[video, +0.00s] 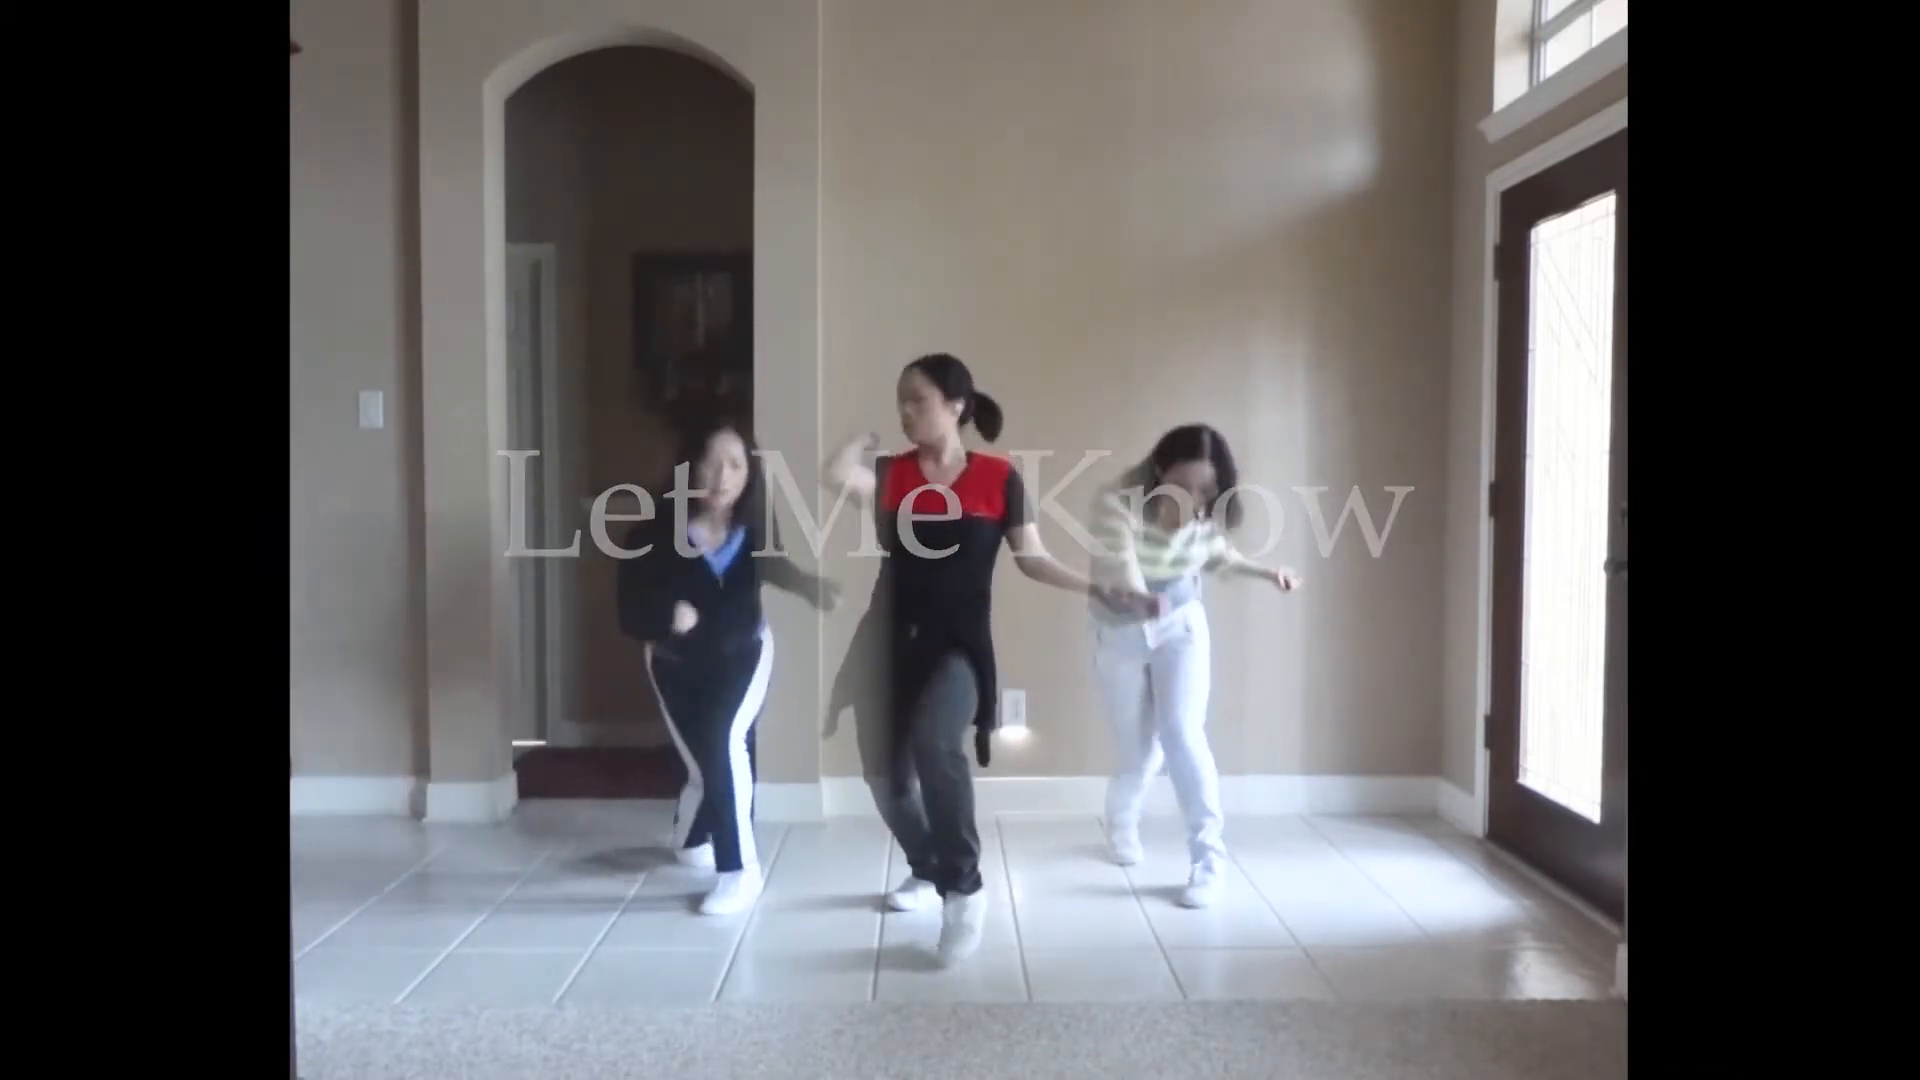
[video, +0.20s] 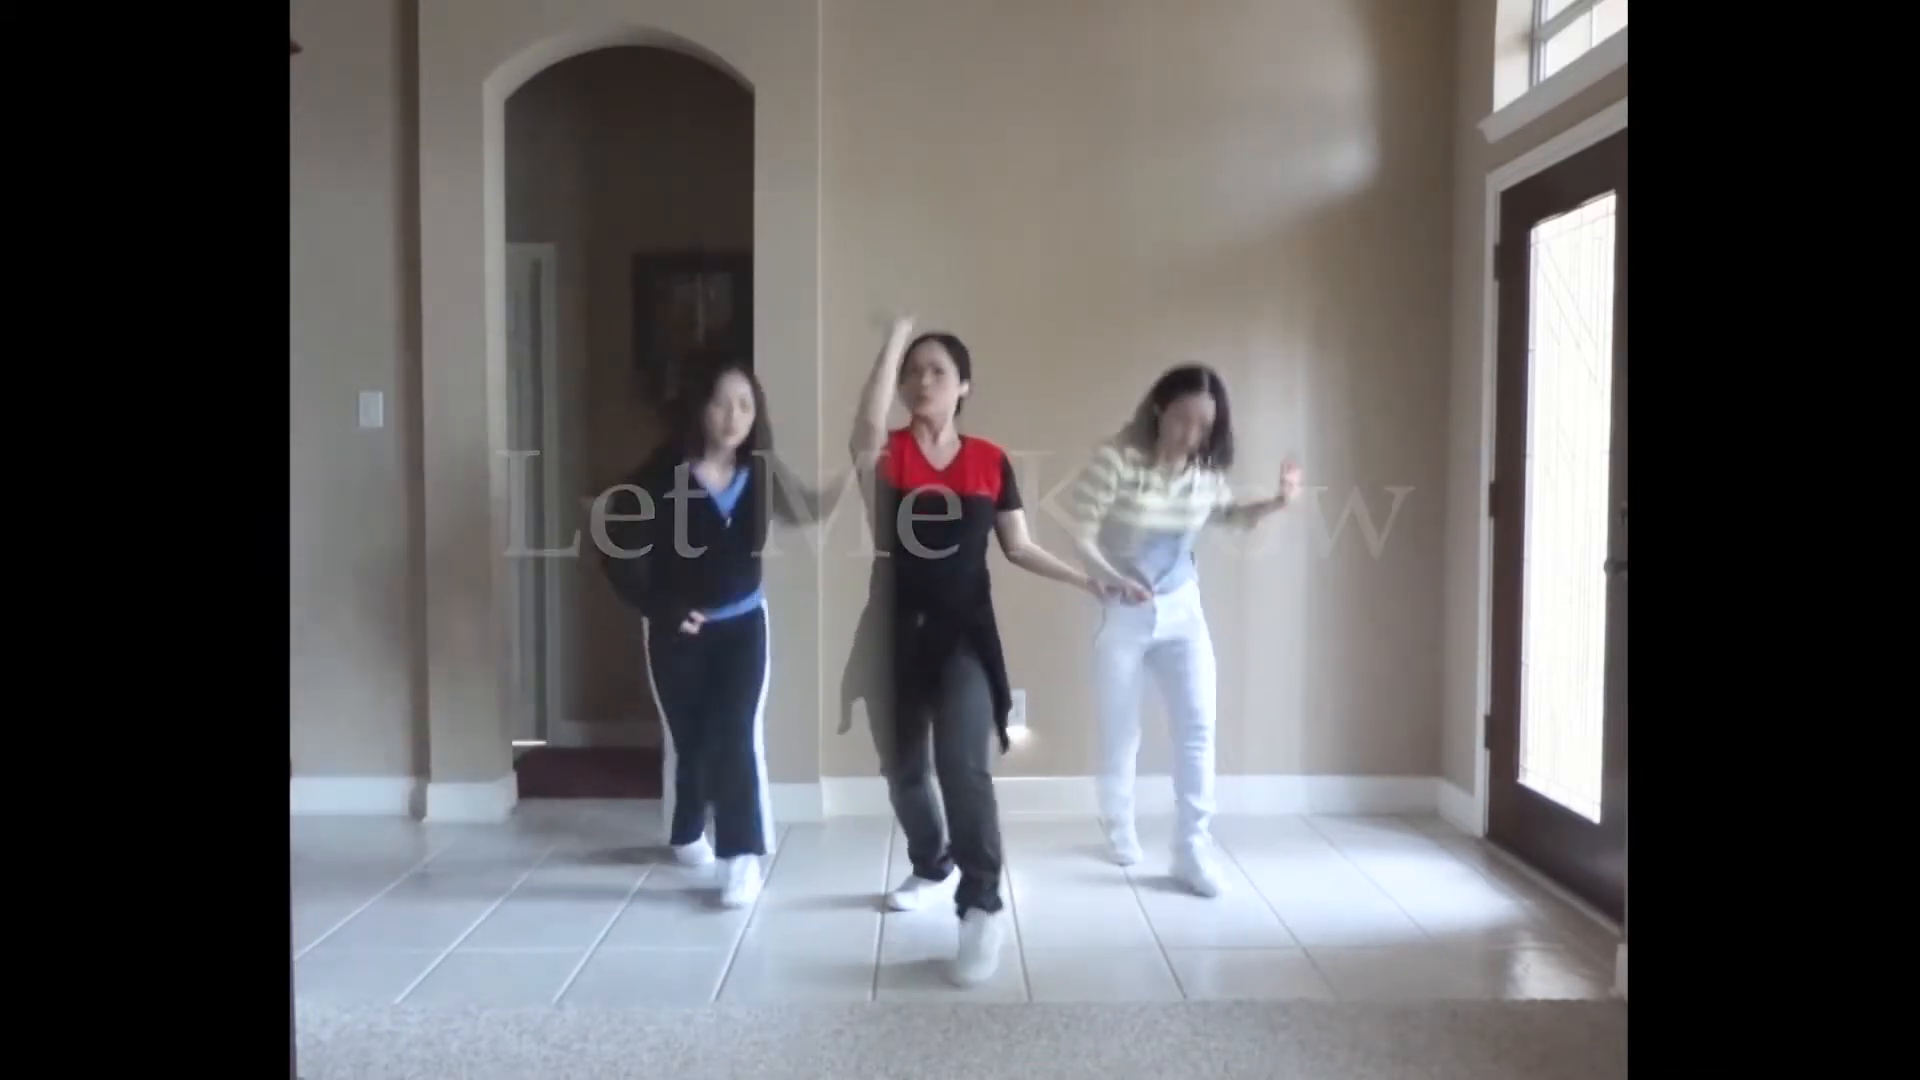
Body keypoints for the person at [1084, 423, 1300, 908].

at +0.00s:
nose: (1190, 503)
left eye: (1204, 495)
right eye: (1182, 487)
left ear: (1216, 493)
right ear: (1161, 471)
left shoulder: (1203, 526)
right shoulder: (1117, 504)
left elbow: (1220, 561)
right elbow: (1115, 561)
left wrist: (1266, 573)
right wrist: (1135, 594)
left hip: (1180, 624)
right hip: (1118, 630)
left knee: (1182, 732)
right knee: (1138, 748)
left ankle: (1207, 858)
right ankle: (1121, 824)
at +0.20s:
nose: (1192, 434)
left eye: (1203, 424)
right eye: (1184, 419)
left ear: (1212, 428)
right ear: (1160, 412)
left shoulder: (1206, 474)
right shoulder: (1116, 461)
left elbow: (1224, 518)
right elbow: (1072, 520)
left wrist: (1275, 502)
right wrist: (1110, 577)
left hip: (1180, 612)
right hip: (1121, 614)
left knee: (1196, 730)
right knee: (1120, 731)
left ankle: (1193, 848)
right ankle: (1119, 829)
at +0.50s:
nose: (1178, 389)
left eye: (1189, 381)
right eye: (1167, 377)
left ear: (1196, 392)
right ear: (1142, 380)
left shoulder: (1208, 453)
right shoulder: (1113, 449)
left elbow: (1269, 469)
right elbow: (1071, 518)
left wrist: (1336, 485)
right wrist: (1093, 579)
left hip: (1196, 613)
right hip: (1144, 612)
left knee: (1195, 741)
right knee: (1174, 738)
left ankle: (1166, 846)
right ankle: (1105, 780)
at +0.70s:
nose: (1174, 404)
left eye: (1184, 398)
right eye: (1164, 392)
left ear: (1191, 409)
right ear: (1138, 393)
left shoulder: (1191, 469)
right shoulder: (1110, 454)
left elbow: (1216, 515)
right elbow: (1074, 526)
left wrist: (1251, 495)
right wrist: (1113, 584)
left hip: (1206, 614)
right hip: (1156, 617)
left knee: (1199, 735)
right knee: (1238, 724)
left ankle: (1165, 848)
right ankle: (1131, 735)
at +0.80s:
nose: (1169, 389)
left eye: (1180, 383)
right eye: (1159, 377)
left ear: (1187, 396)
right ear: (1134, 381)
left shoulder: (1193, 456)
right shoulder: (1112, 446)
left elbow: (1243, 502)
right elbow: (1074, 521)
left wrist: (1239, 447)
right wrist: (1118, 576)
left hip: (1204, 602)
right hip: (1160, 604)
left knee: (1180, 726)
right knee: (1235, 718)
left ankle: (1165, 842)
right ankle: (1142, 802)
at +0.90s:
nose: (1162, 361)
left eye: (1170, 355)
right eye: (1149, 354)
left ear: (1182, 376)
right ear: (1124, 375)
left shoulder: (1208, 436)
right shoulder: (1118, 443)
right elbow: (1077, 523)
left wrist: (1249, 368)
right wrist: (1119, 567)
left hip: (1204, 596)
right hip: (1160, 596)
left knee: (1175, 727)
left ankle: (1160, 846)